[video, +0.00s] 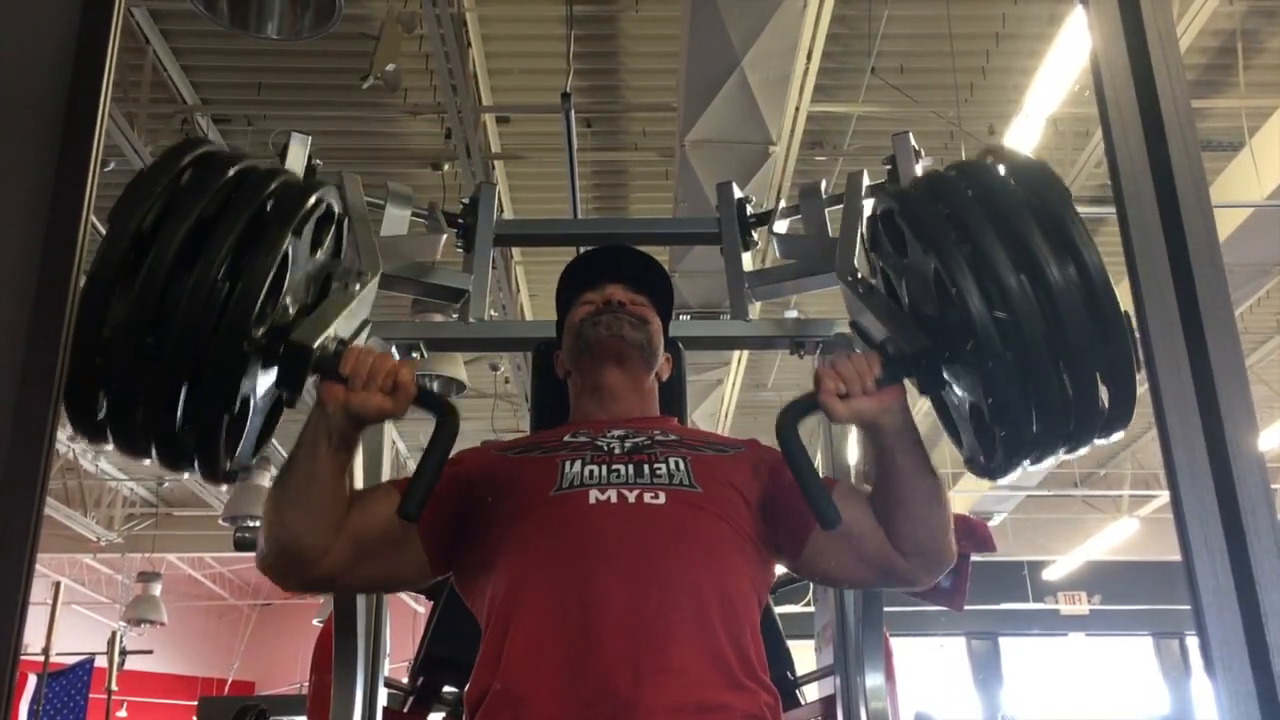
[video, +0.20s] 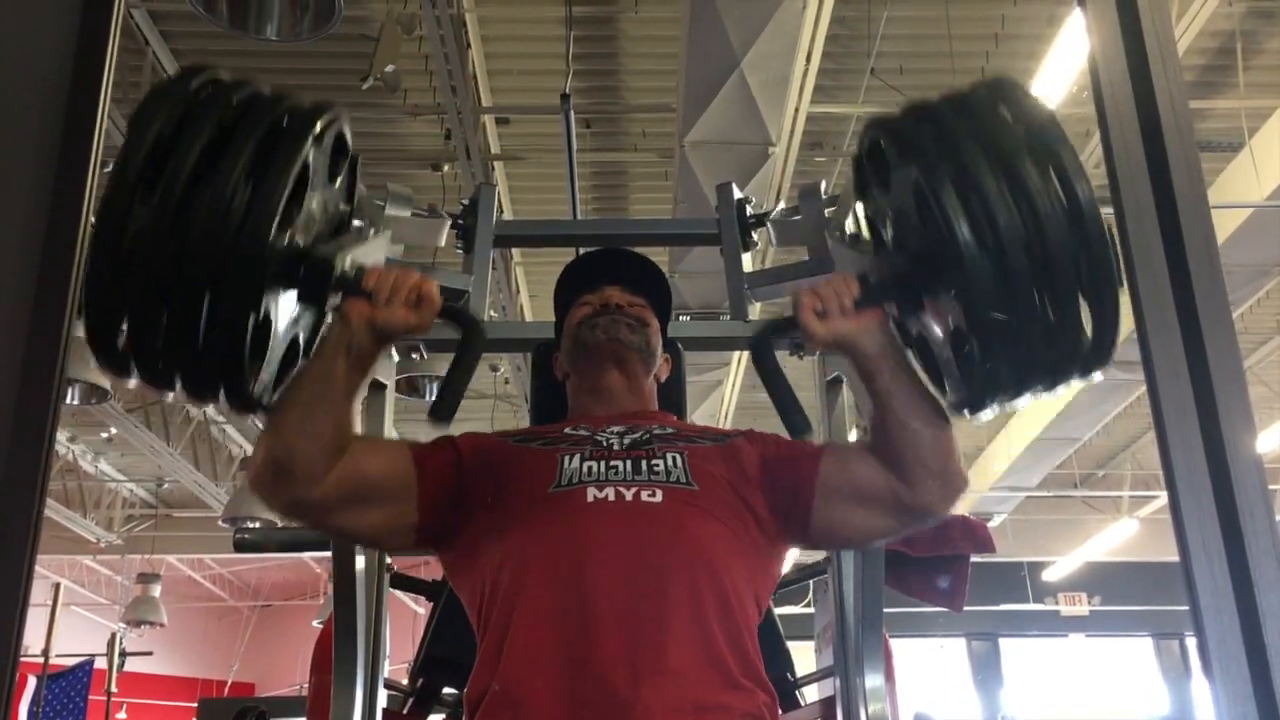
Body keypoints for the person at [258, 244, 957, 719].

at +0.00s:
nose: (616, 306)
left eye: (639, 307)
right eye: (591, 306)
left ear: (670, 360)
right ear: (557, 359)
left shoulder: (748, 465)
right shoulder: (489, 471)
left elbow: (917, 558)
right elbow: (298, 557)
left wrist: (890, 425)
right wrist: (336, 418)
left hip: (724, 705)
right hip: (530, 707)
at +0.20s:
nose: (610, 312)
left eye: (634, 313)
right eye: (586, 313)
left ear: (666, 365)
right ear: (555, 364)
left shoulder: (741, 460)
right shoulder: (487, 467)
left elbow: (925, 486)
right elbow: (293, 479)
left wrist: (867, 342)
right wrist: (358, 336)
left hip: (726, 703)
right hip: (526, 703)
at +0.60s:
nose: (610, 318)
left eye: (634, 317)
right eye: (587, 314)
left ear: (666, 367)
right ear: (553, 364)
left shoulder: (755, 453)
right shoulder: (482, 456)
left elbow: (877, 358)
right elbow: (355, 346)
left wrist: (838, 198)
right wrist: (392, 188)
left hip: (728, 705)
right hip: (523, 704)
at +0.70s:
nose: (608, 317)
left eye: (633, 317)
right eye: (585, 314)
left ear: (666, 371)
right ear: (553, 365)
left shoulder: (754, 456)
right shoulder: (484, 458)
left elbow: (863, 341)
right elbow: (374, 334)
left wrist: (831, 175)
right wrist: (398, 168)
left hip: (728, 708)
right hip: (517, 709)